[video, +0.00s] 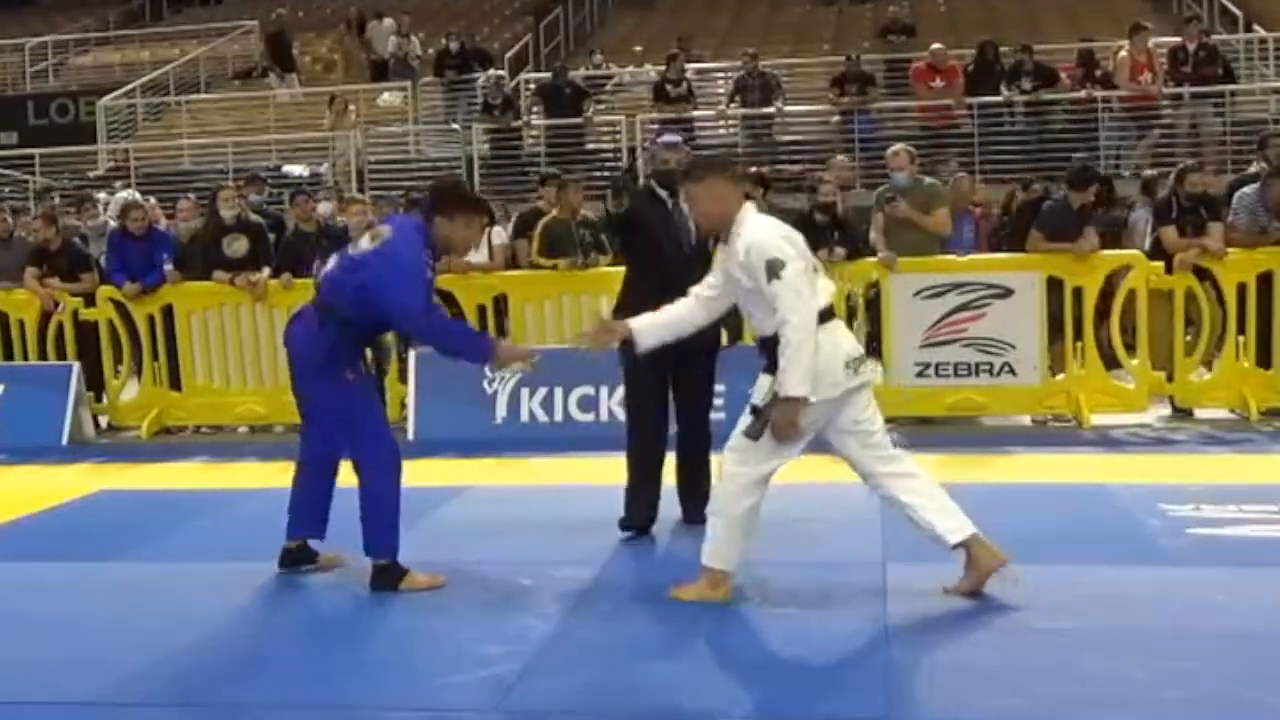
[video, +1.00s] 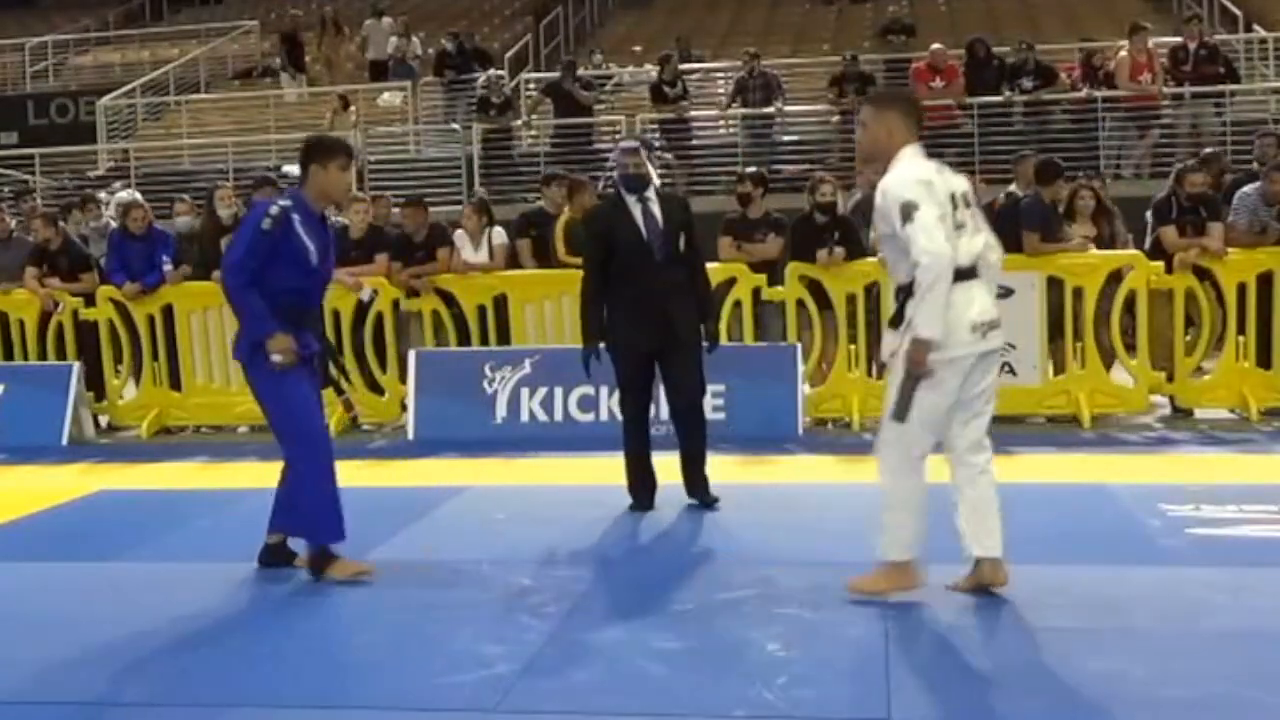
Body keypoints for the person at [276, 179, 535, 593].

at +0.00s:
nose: (475, 241)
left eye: (478, 231)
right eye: (473, 229)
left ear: (444, 219)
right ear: (447, 219)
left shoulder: (403, 231)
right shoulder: (405, 254)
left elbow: (417, 310)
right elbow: (417, 319)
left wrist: (478, 346)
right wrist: (490, 350)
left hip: (310, 332)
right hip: (330, 345)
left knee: (321, 441)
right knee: (380, 454)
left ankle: (297, 547)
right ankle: (385, 566)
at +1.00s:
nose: (351, 180)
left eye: (352, 171)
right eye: (345, 170)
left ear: (326, 173)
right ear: (317, 170)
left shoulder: (322, 227)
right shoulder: (272, 214)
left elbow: (309, 295)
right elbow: (234, 275)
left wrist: (317, 347)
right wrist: (269, 332)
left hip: (305, 345)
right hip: (270, 347)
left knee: (307, 441)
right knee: (310, 440)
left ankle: (276, 541)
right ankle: (322, 551)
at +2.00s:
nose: (187, 181)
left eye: (188, 173)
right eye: (178, 173)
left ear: (181, 177)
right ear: (149, 176)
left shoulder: (189, 226)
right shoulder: (121, 227)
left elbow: (211, 271)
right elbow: (98, 293)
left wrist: (227, 300)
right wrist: (126, 340)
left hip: (181, 335)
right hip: (142, 338)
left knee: (162, 429)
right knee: (153, 428)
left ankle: (132, 518)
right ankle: (126, 534)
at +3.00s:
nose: (350, 268)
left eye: (353, 260)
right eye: (344, 259)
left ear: (352, 259)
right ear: (319, 255)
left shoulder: (326, 277)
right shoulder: (271, 279)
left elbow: (310, 308)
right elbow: (240, 344)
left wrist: (313, 339)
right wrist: (279, 389)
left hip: (260, 344)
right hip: (221, 348)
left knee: (291, 419)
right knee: (244, 439)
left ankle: (299, 512)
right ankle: (247, 545)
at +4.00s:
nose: (466, 295)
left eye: (471, 284)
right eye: (457, 285)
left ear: (479, 279)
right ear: (437, 279)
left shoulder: (490, 299)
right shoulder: (402, 290)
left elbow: (501, 352)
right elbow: (360, 336)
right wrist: (362, 395)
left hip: (449, 365)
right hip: (396, 362)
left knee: (486, 426)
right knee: (383, 432)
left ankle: (492, 520)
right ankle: (364, 536)